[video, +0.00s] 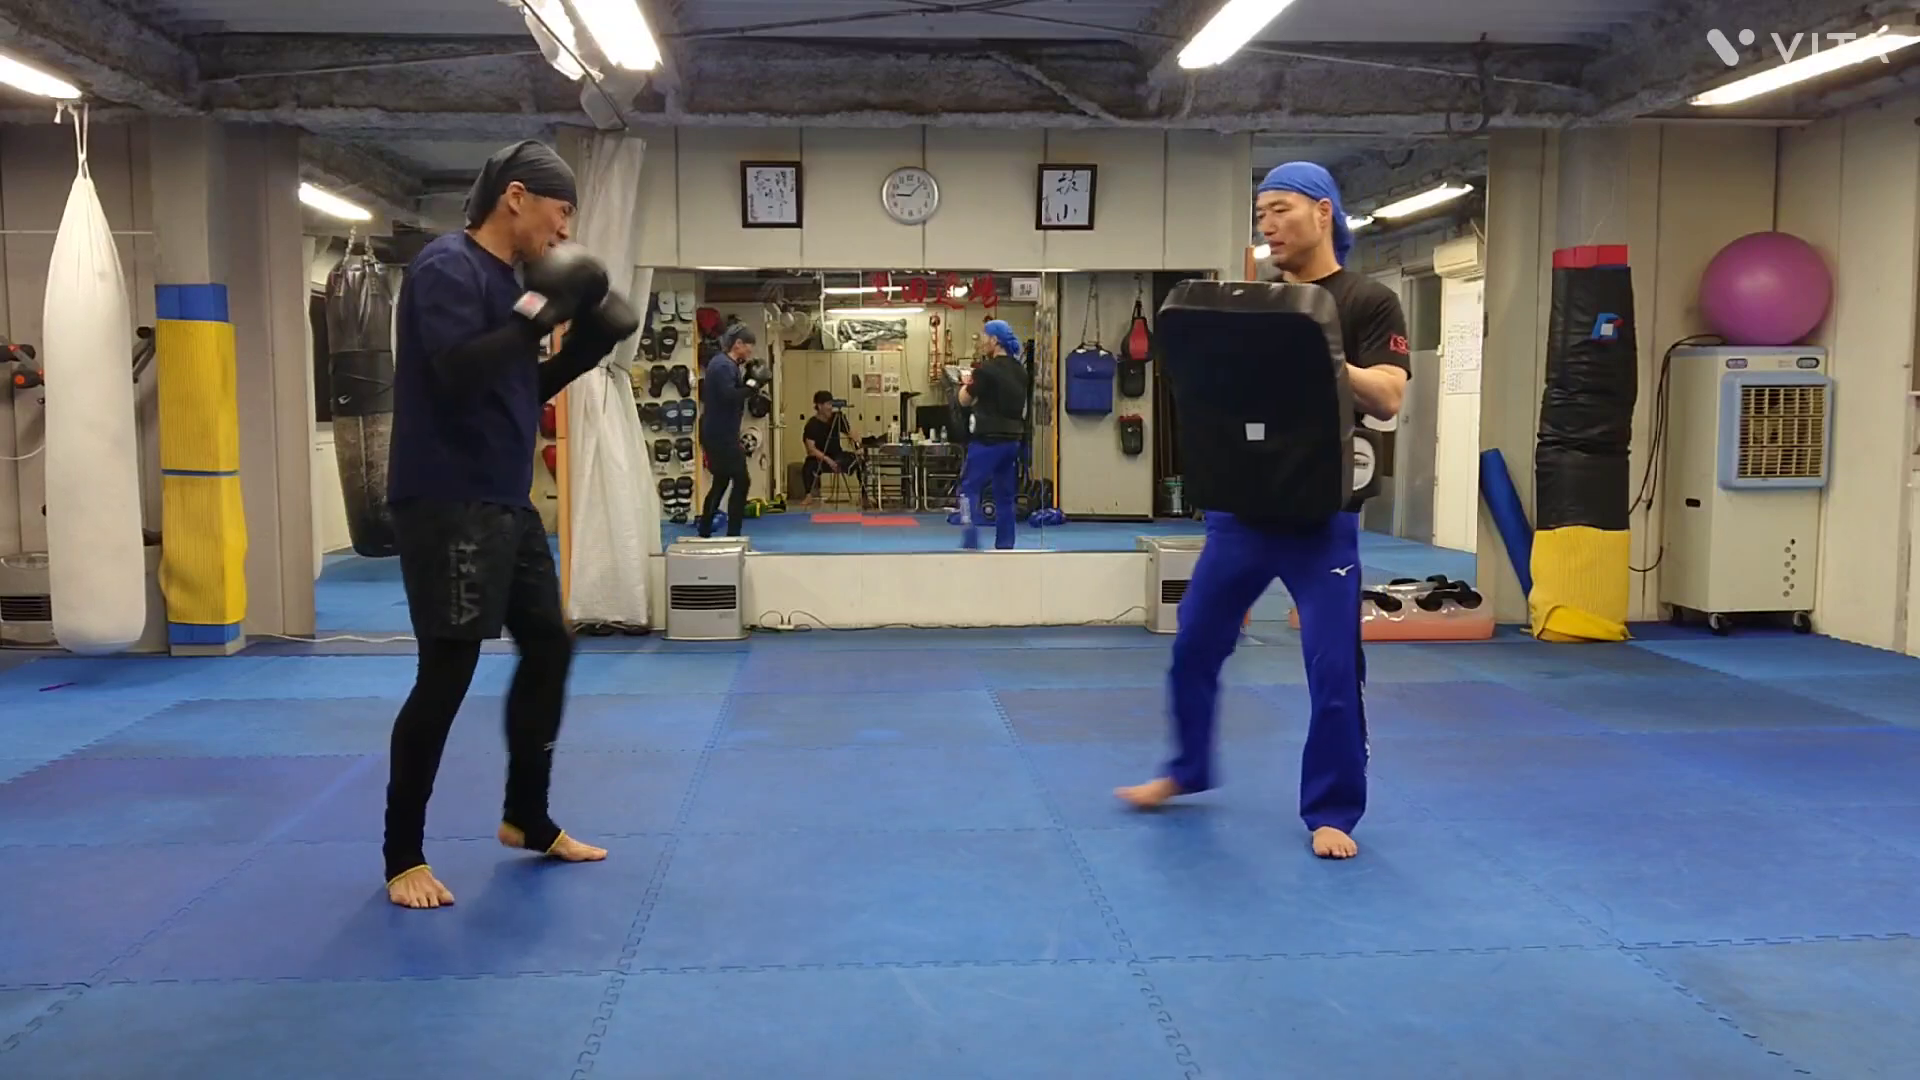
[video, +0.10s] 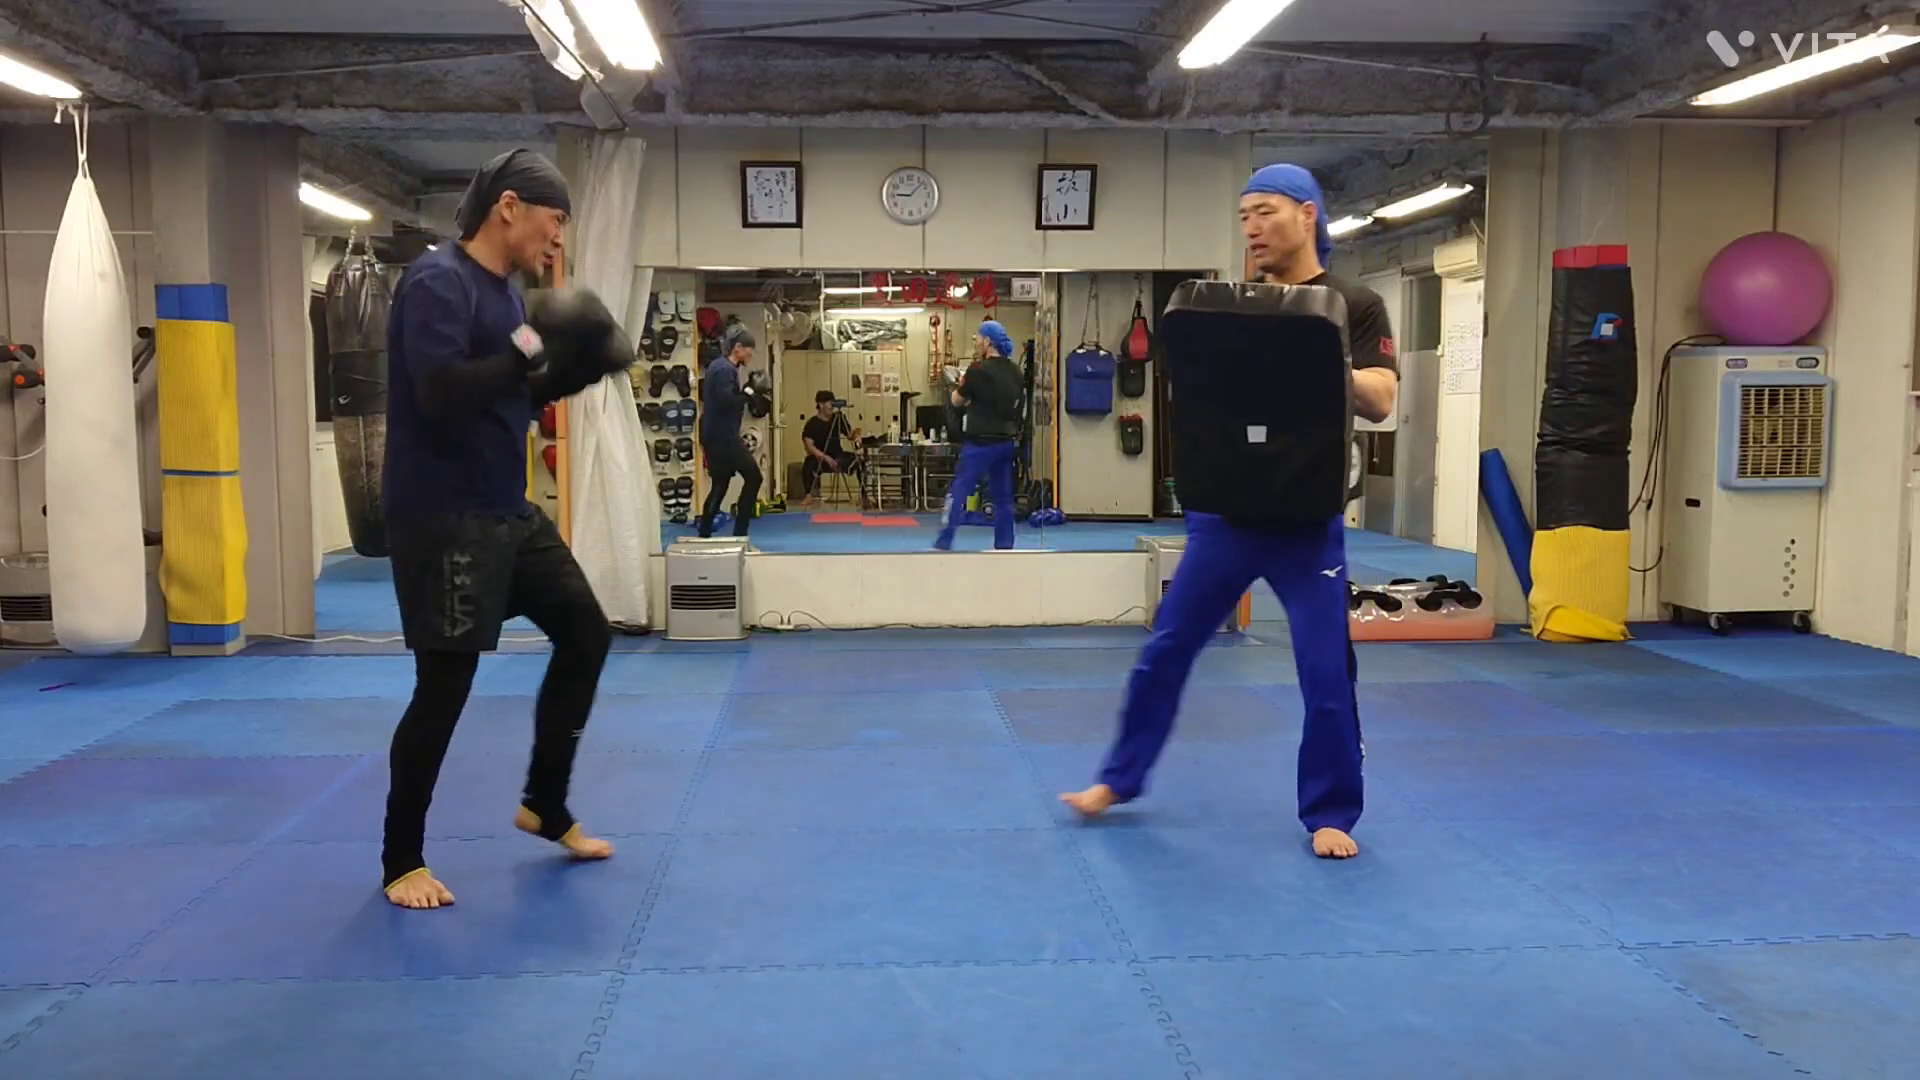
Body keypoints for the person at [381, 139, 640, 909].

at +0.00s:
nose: (563, 230)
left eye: (568, 218)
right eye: (558, 212)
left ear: (522, 205)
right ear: (513, 197)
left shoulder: (512, 287)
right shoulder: (446, 267)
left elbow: (525, 392)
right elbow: (457, 369)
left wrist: (591, 345)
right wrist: (537, 310)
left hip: (509, 507)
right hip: (447, 508)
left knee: (548, 648)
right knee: (444, 675)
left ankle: (527, 820)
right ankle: (403, 859)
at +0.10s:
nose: (557, 239)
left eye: (562, 227)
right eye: (552, 221)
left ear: (512, 215)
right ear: (506, 208)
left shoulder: (510, 298)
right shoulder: (438, 280)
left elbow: (520, 403)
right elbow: (440, 392)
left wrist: (575, 367)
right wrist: (531, 355)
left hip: (508, 515)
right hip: (444, 523)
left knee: (585, 635)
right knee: (442, 689)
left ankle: (545, 803)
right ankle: (402, 863)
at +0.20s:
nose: (554, 245)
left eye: (558, 232)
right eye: (548, 228)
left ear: (508, 223)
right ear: (501, 215)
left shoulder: (511, 302)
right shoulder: (430, 289)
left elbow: (518, 406)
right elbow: (436, 399)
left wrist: (573, 372)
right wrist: (540, 374)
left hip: (510, 520)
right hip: (444, 528)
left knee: (583, 647)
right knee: (448, 692)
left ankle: (563, 822)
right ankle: (402, 864)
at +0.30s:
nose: (558, 238)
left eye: (562, 225)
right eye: (551, 220)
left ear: (513, 214)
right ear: (505, 206)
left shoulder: (522, 295)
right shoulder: (430, 284)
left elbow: (553, 396)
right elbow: (432, 401)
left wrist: (608, 344)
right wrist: (521, 338)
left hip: (521, 517)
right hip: (452, 523)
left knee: (581, 652)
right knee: (450, 685)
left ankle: (561, 826)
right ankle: (402, 863)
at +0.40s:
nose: (564, 238)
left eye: (569, 224)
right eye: (558, 220)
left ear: (525, 211)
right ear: (513, 203)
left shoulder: (536, 292)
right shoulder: (437, 281)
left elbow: (597, 377)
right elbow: (442, 385)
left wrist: (647, 326)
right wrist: (534, 326)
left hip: (542, 515)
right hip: (464, 524)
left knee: (608, 644)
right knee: (445, 689)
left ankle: (570, 814)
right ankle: (401, 864)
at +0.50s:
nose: (583, 238)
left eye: (588, 223)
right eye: (577, 220)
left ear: (541, 209)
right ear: (531, 202)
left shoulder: (562, 296)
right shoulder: (453, 284)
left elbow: (624, 375)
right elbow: (452, 380)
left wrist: (693, 360)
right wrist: (550, 350)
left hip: (565, 522)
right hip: (482, 533)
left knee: (643, 639)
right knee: (448, 695)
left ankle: (608, 809)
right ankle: (403, 863)